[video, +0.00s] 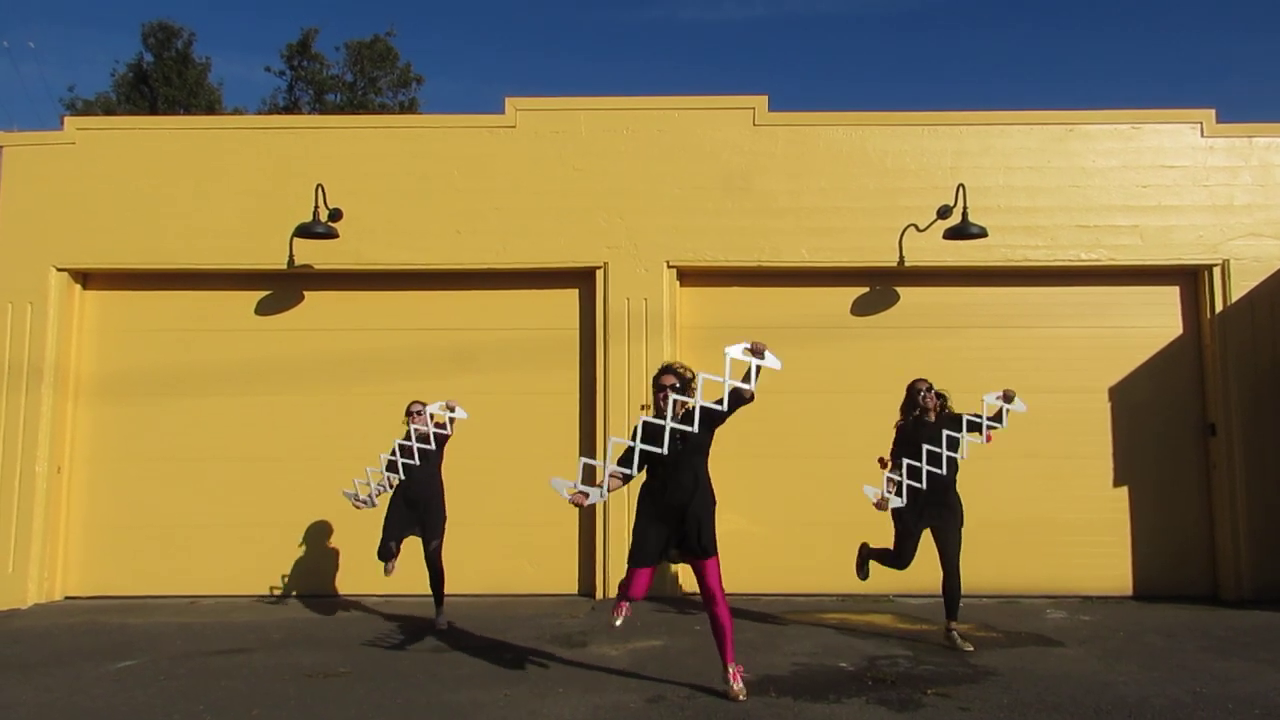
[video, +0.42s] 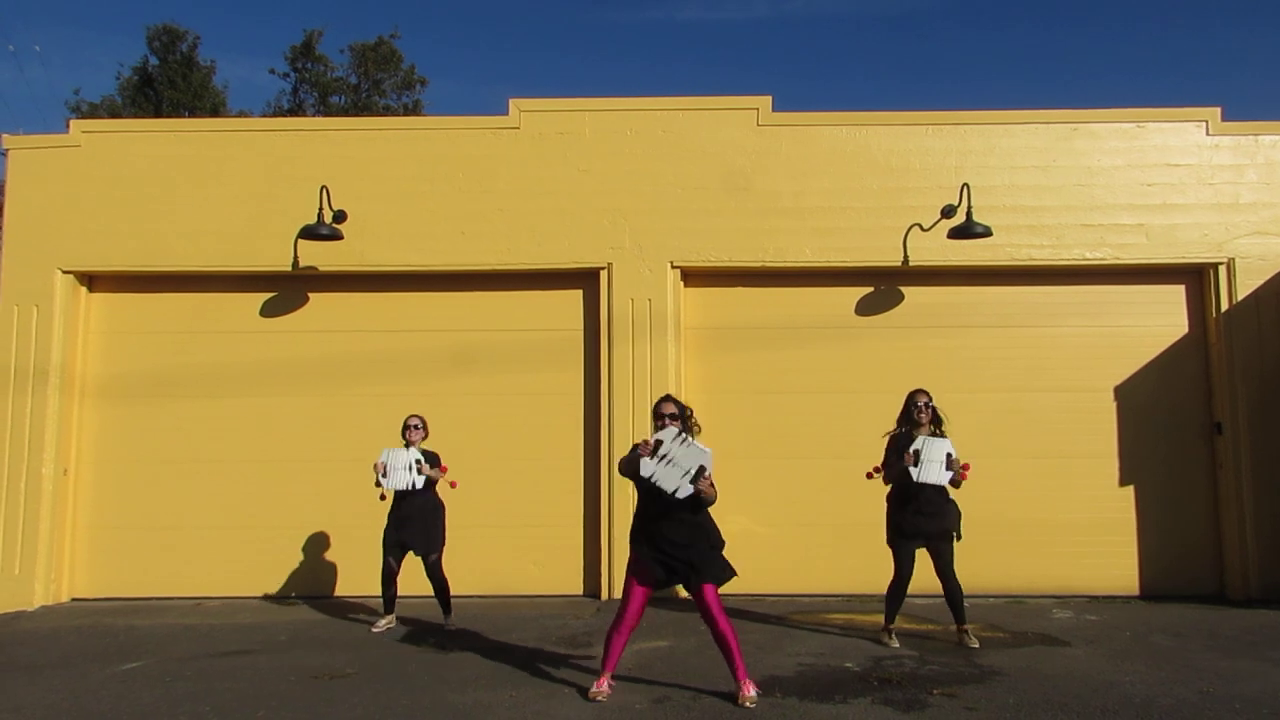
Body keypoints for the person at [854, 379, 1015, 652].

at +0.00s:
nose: (927, 394)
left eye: (930, 390)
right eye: (921, 392)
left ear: (936, 395)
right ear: (912, 400)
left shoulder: (951, 421)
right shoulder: (907, 428)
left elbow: (992, 423)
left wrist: (1006, 404)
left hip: (945, 504)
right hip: (912, 504)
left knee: (951, 567)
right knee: (901, 561)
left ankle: (951, 628)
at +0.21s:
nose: (927, 395)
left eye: (930, 390)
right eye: (920, 392)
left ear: (936, 396)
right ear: (911, 399)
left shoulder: (949, 422)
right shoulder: (904, 430)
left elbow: (985, 419)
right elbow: (893, 465)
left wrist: (1006, 406)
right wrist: (892, 486)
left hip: (943, 506)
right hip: (910, 506)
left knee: (946, 566)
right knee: (904, 561)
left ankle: (953, 629)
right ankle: (877, 552)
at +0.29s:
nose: (925, 397)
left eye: (929, 393)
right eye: (919, 394)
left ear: (935, 398)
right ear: (909, 400)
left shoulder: (947, 423)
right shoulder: (900, 428)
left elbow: (980, 436)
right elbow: (890, 467)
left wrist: (985, 433)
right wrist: (906, 473)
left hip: (942, 502)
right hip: (907, 503)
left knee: (949, 565)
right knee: (902, 562)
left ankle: (959, 624)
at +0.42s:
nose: (922, 410)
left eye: (926, 406)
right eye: (916, 406)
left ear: (933, 410)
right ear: (908, 410)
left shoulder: (942, 441)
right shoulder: (899, 439)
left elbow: (956, 482)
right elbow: (887, 478)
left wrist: (955, 470)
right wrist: (904, 463)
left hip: (937, 513)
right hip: (904, 513)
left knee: (947, 573)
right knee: (903, 573)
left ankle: (963, 629)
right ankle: (888, 629)